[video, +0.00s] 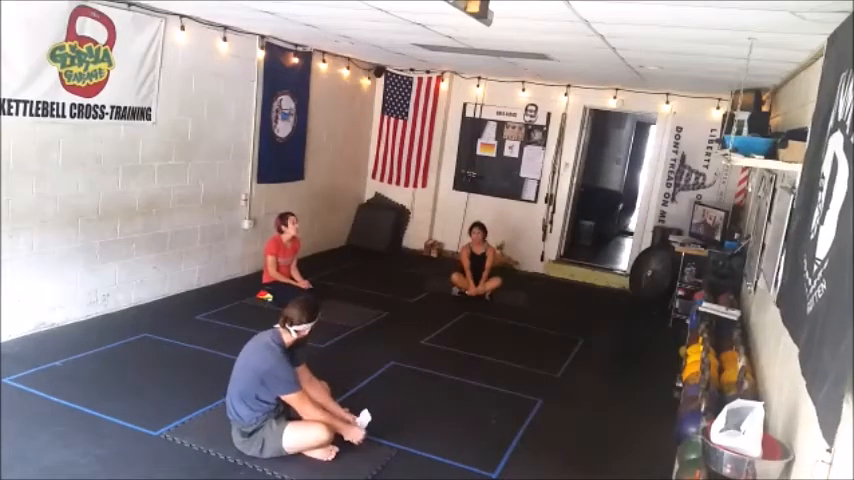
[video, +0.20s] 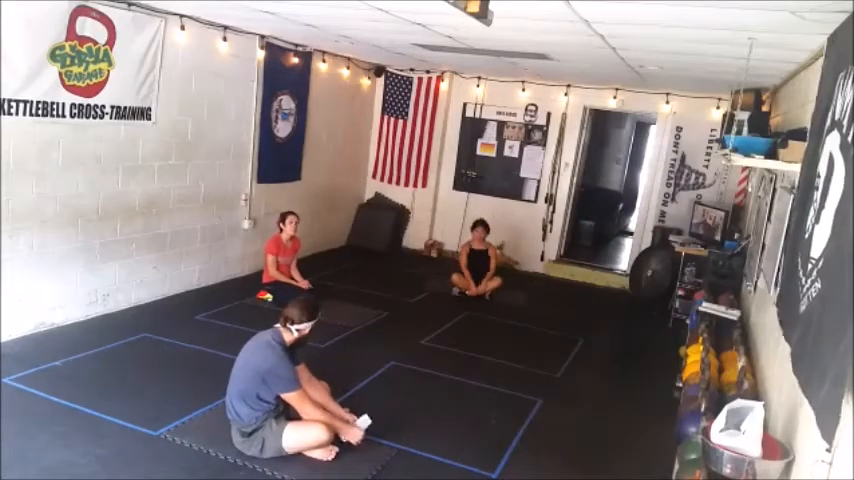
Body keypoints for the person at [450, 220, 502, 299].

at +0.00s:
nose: (476, 236)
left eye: (479, 233)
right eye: (473, 233)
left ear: (484, 235)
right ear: (470, 235)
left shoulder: (490, 250)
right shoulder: (465, 249)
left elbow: (487, 269)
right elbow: (467, 268)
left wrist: (481, 285)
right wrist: (472, 285)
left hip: (482, 276)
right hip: (469, 276)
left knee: (498, 280)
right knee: (454, 276)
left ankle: (468, 292)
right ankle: (481, 293)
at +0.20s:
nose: (479, 234)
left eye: (482, 231)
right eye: (476, 231)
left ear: (486, 234)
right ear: (472, 232)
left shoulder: (491, 249)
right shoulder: (466, 247)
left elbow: (492, 270)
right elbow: (463, 267)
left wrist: (483, 283)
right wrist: (472, 285)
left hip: (484, 275)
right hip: (470, 275)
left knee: (498, 280)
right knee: (454, 277)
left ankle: (468, 293)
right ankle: (482, 293)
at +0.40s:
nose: (480, 235)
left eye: (483, 232)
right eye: (478, 231)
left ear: (487, 235)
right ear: (473, 233)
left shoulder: (491, 250)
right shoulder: (466, 248)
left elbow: (490, 270)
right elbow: (465, 268)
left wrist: (482, 284)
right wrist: (472, 285)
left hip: (484, 276)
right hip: (470, 276)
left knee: (498, 281)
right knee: (454, 277)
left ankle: (468, 293)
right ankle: (482, 294)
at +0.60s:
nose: (479, 237)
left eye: (481, 234)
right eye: (476, 233)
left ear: (486, 236)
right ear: (473, 234)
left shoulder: (490, 247)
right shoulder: (466, 249)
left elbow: (501, 243)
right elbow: (465, 269)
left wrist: (491, 229)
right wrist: (472, 286)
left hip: (484, 279)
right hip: (470, 277)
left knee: (498, 281)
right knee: (455, 277)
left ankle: (468, 293)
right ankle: (482, 294)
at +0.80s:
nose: (479, 238)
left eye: (482, 236)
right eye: (478, 235)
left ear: (488, 238)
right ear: (476, 234)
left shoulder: (492, 247)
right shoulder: (466, 249)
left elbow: (505, 243)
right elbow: (465, 269)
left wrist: (492, 230)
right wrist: (472, 285)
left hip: (485, 279)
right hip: (470, 277)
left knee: (498, 281)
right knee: (455, 277)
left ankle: (467, 293)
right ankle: (482, 294)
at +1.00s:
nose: (479, 237)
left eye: (482, 235)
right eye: (477, 234)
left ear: (487, 238)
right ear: (474, 235)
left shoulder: (490, 247)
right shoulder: (466, 248)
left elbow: (506, 245)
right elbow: (465, 268)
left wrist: (492, 231)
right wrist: (472, 285)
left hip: (484, 279)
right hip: (470, 277)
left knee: (498, 281)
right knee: (454, 277)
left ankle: (467, 293)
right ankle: (482, 293)